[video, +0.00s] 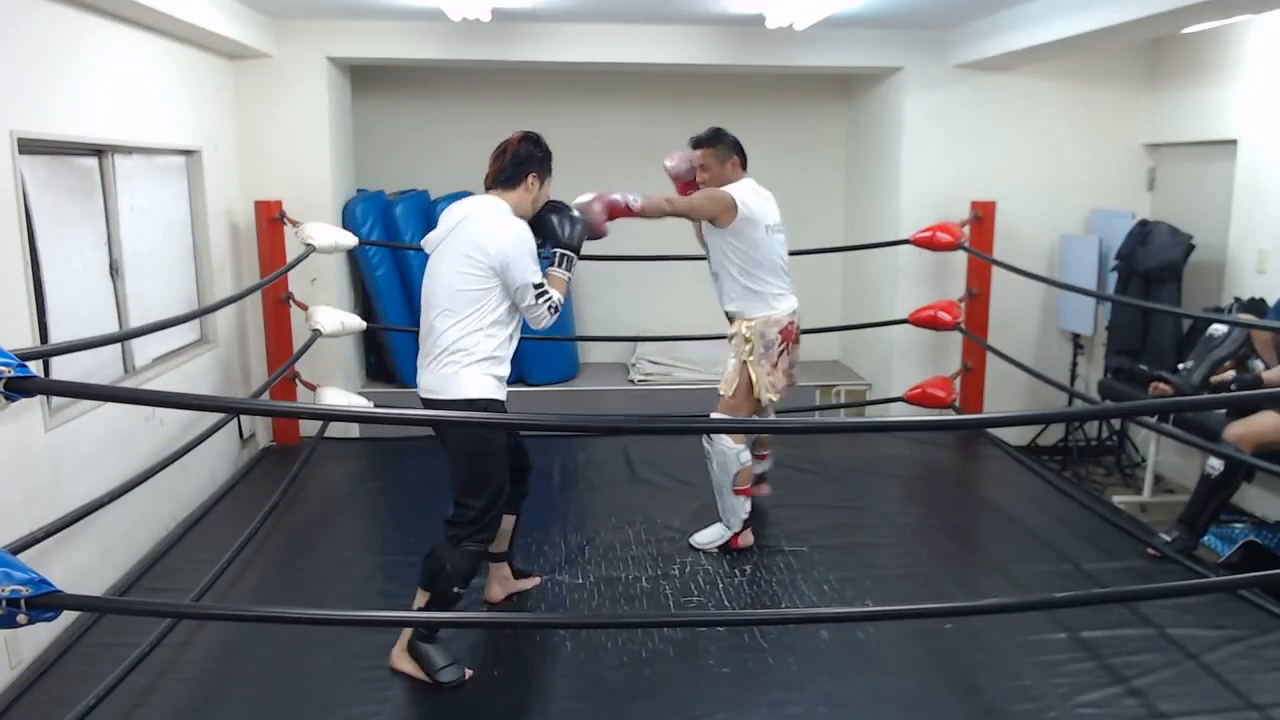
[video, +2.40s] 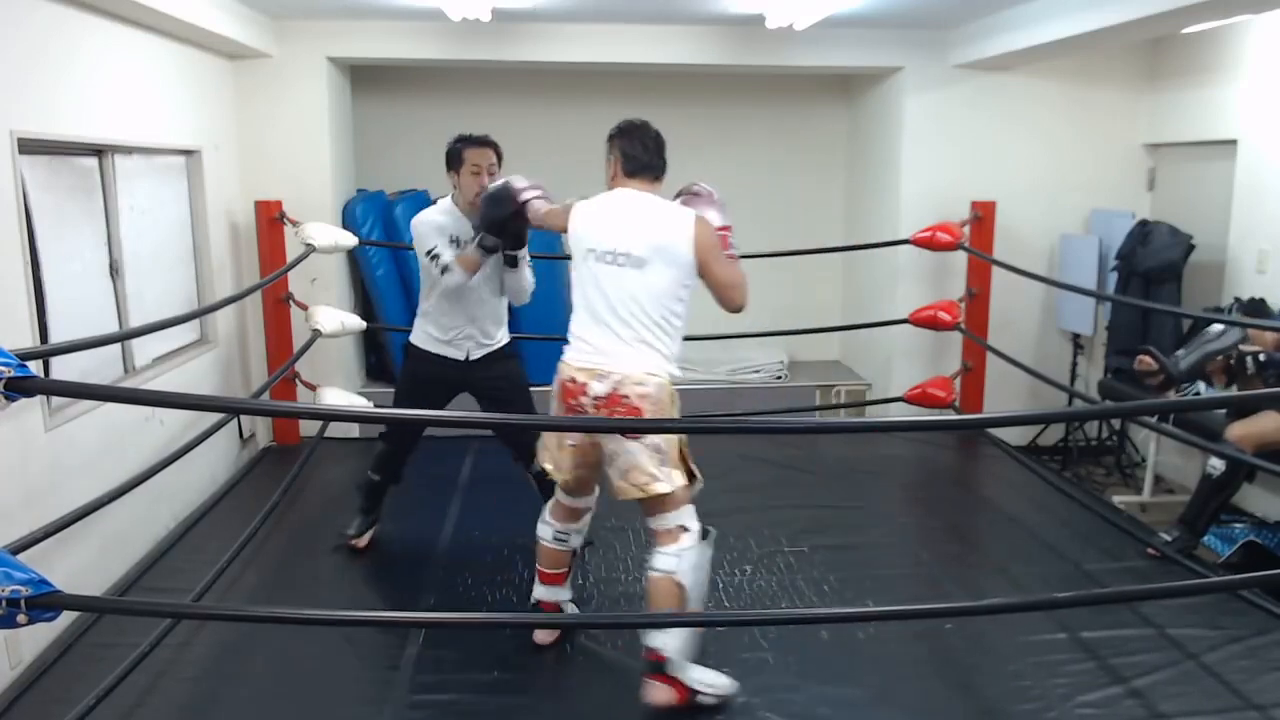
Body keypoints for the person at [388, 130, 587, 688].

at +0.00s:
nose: (544, 198)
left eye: (545, 189)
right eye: (544, 188)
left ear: (500, 175)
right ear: (529, 180)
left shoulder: (457, 215)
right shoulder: (507, 229)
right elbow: (543, 313)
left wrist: (536, 238)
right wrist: (563, 257)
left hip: (441, 384)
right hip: (471, 392)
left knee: (514, 468)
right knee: (477, 512)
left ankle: (499, 577)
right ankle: (413, 643)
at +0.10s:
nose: (536, 193)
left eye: (538, 184)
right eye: (536, 182)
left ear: (493, 172)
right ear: (518, 175)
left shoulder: (453, 213)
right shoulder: (492, 231)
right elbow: (532, 317)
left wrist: (528, 241)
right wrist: (553, 256)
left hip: (437, 379)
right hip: (463, 387)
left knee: (512, 461)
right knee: (470, 510)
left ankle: (499, 572)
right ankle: (411, 643)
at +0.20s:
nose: (533, 188)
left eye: (536, 178)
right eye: (533, 176)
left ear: (490, 168)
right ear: (511, 171)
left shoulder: (452, 206)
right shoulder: (477, 226)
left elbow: (416, 238)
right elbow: (514, 316)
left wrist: (509, 241)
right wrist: (545, 256)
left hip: (444, 374)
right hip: (453, 383)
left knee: (510, 455)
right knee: (460, 510)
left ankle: (495, 561)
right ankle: (410, 643)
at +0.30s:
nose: (537, 191)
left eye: (538, 180)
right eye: (535, 179)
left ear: (498, 173)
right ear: (510, 176)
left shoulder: (456, 210)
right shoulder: (469, 225)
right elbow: (501, 321)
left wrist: (519, 259)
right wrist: (537, 264)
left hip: (455, 377)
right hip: (443, 384)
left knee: (506, 460)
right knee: (460, 511)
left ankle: (505, 550)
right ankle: (409, 646)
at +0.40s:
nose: (542, 199)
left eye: (542, 187)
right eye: (539, 186)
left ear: (505, 181)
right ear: (513, 183)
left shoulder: (469, 219)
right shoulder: (468, 229)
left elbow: (488, 311)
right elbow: (493, 328)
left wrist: (528, 269)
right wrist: (537, 275)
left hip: (462, 382)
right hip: (441, 387)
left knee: (506, 471)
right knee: (459, 514)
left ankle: (508, 556)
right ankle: (409, 646)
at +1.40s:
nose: (520, 191)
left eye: (522, 181)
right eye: (512, 180)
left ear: (499, 183)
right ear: (479, 181)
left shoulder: (503, 231)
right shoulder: (436, 228)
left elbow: (517, 307)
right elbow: (444, 312)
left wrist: (536, 251)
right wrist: (489, 253)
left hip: (475, 369)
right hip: (425, 372)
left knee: (518, 464)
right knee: (397, 481)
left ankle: (515, 540)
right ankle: (355, 594)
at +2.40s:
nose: (485, 179)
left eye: (491, 171)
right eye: (475, 171)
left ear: (499, 175)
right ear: (453, 176)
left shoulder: (507, 220)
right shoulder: (428, 223)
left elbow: (521, 294)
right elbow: (453, 276)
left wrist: (515, 242)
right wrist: (488, 237)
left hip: (493, 353)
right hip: (433, 352)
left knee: (530, 443)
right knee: (398, 439)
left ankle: (565, 522)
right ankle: (366, 516)